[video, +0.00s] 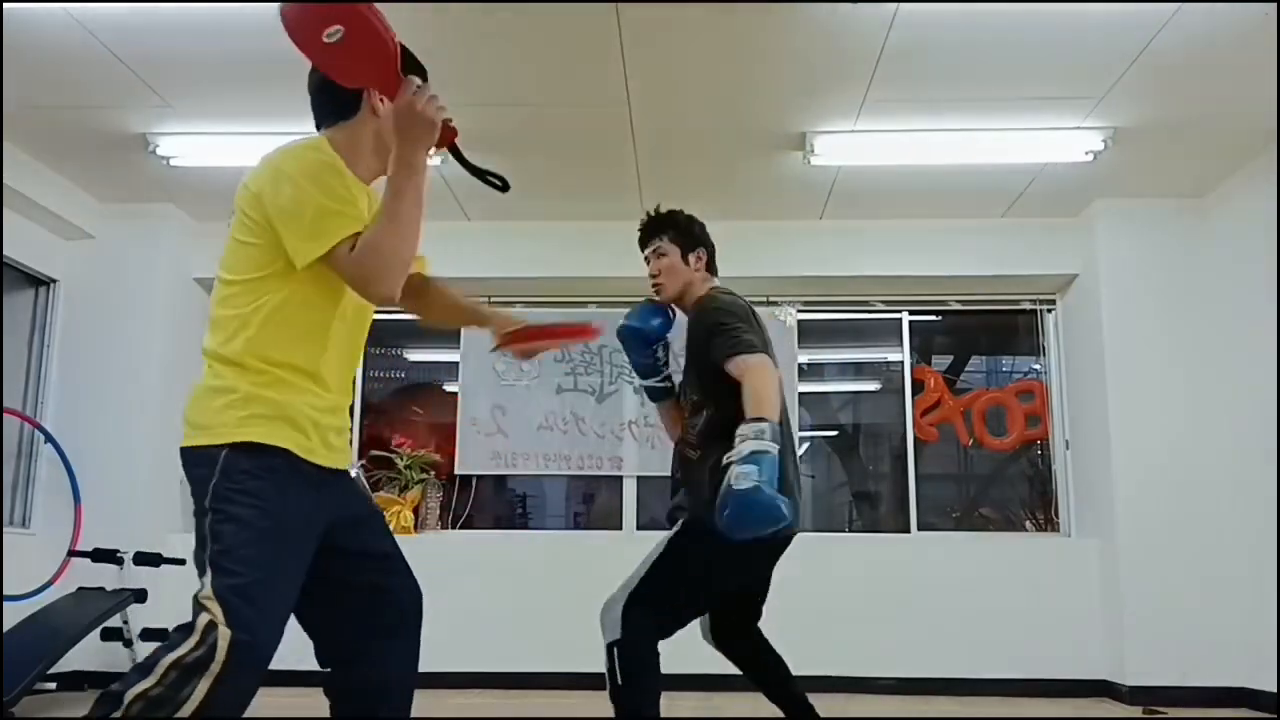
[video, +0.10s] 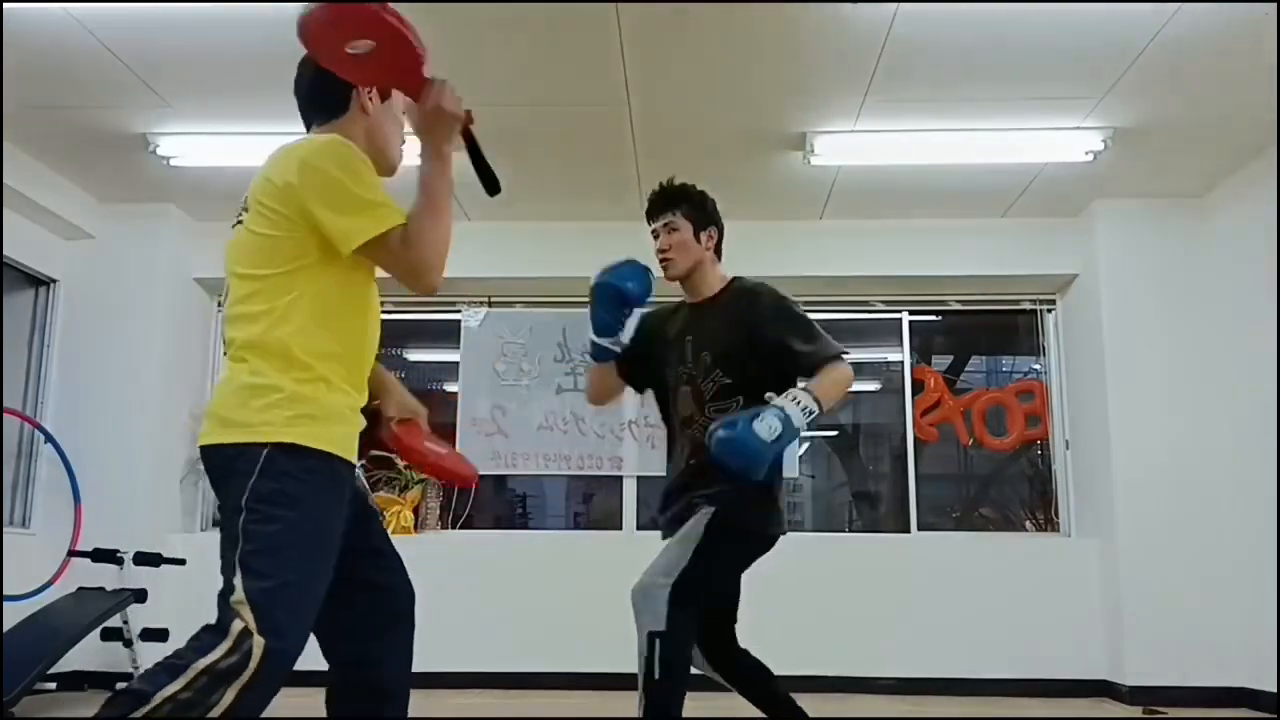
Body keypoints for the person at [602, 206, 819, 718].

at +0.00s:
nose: (651, 269)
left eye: (660, 256)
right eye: (647, 261)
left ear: (698, 260)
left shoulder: (717, 310)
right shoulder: (705, 324)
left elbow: (760, 373)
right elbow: (689, 435)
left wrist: (755, 455)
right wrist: (653, 375)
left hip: (729, 508)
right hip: (758, 509)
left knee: (626, 617)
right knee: (732, 629)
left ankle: (637, 716)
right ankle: (804, 714)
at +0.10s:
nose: (660, 243)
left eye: (672, 231)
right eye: (656, 235)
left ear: (709, 238)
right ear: (655, 247)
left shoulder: (756, 303)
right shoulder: (658, 326)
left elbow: (838, 371)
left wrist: (786, 414)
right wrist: (606, 335)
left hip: (742, 497)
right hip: (688, 500)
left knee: (657, 595)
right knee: (716, 648)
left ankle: (660, 712)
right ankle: (795, 717)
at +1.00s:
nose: (534, 150)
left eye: (550, 136)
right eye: (524, 137)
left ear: (588, 150)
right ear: (515, 148)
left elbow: (669, 320)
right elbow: (415, 282)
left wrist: (594, 251)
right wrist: (413, 213)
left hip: (604, 446)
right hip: (543, 445)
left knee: (498, 585)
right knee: (578, 624)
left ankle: (500, 717)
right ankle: (683, 708)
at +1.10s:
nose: (508, 151)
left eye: (518, 133)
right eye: (501, 138)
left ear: (563, 134)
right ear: (500, 148)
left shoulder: (613, 201)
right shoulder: (527, 226)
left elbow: (630, 294)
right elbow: (462, 304)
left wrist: (542, 215)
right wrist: (451, 223)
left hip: (597, 441)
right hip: (562, 442)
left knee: (501, 585)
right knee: (581, 610)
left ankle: (500, 714)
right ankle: (686, 705)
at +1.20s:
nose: (510, 162)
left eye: (516, 144)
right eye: (503, 149)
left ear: (562, 139)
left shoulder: (620, 203)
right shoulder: (554, 226)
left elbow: (604, 291)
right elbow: (486, 313)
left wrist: (528, 209)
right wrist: (468, 229)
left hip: (605, 444)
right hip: (589, 443)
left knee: (517, 594)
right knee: (604, 610)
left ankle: (511, 717)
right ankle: (695, 715)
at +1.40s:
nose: (513, 154)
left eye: (522, 137)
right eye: (511, 142)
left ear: (564, 136)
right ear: (564, 141)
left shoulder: (597, 194)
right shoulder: (601, 207)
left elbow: (560, 257)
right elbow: (529, 313)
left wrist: (497, 191)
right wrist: (494, 236)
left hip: (605, 442)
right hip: (649, 439)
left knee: (533, 599)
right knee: (668, 594)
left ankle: (515, 713)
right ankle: (718, 713)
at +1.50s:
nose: (510, 152)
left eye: (517, 137)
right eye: (509, 141)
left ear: (560, 135)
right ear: (568, 136)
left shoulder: (563, 179)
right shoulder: (627, 197)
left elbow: (450, 176)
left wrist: (378, 107)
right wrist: (524, 231)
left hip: (613, 427)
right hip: (672, 428)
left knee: (522, 598)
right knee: (669, 578)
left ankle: (502, 714)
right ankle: (735, 711)